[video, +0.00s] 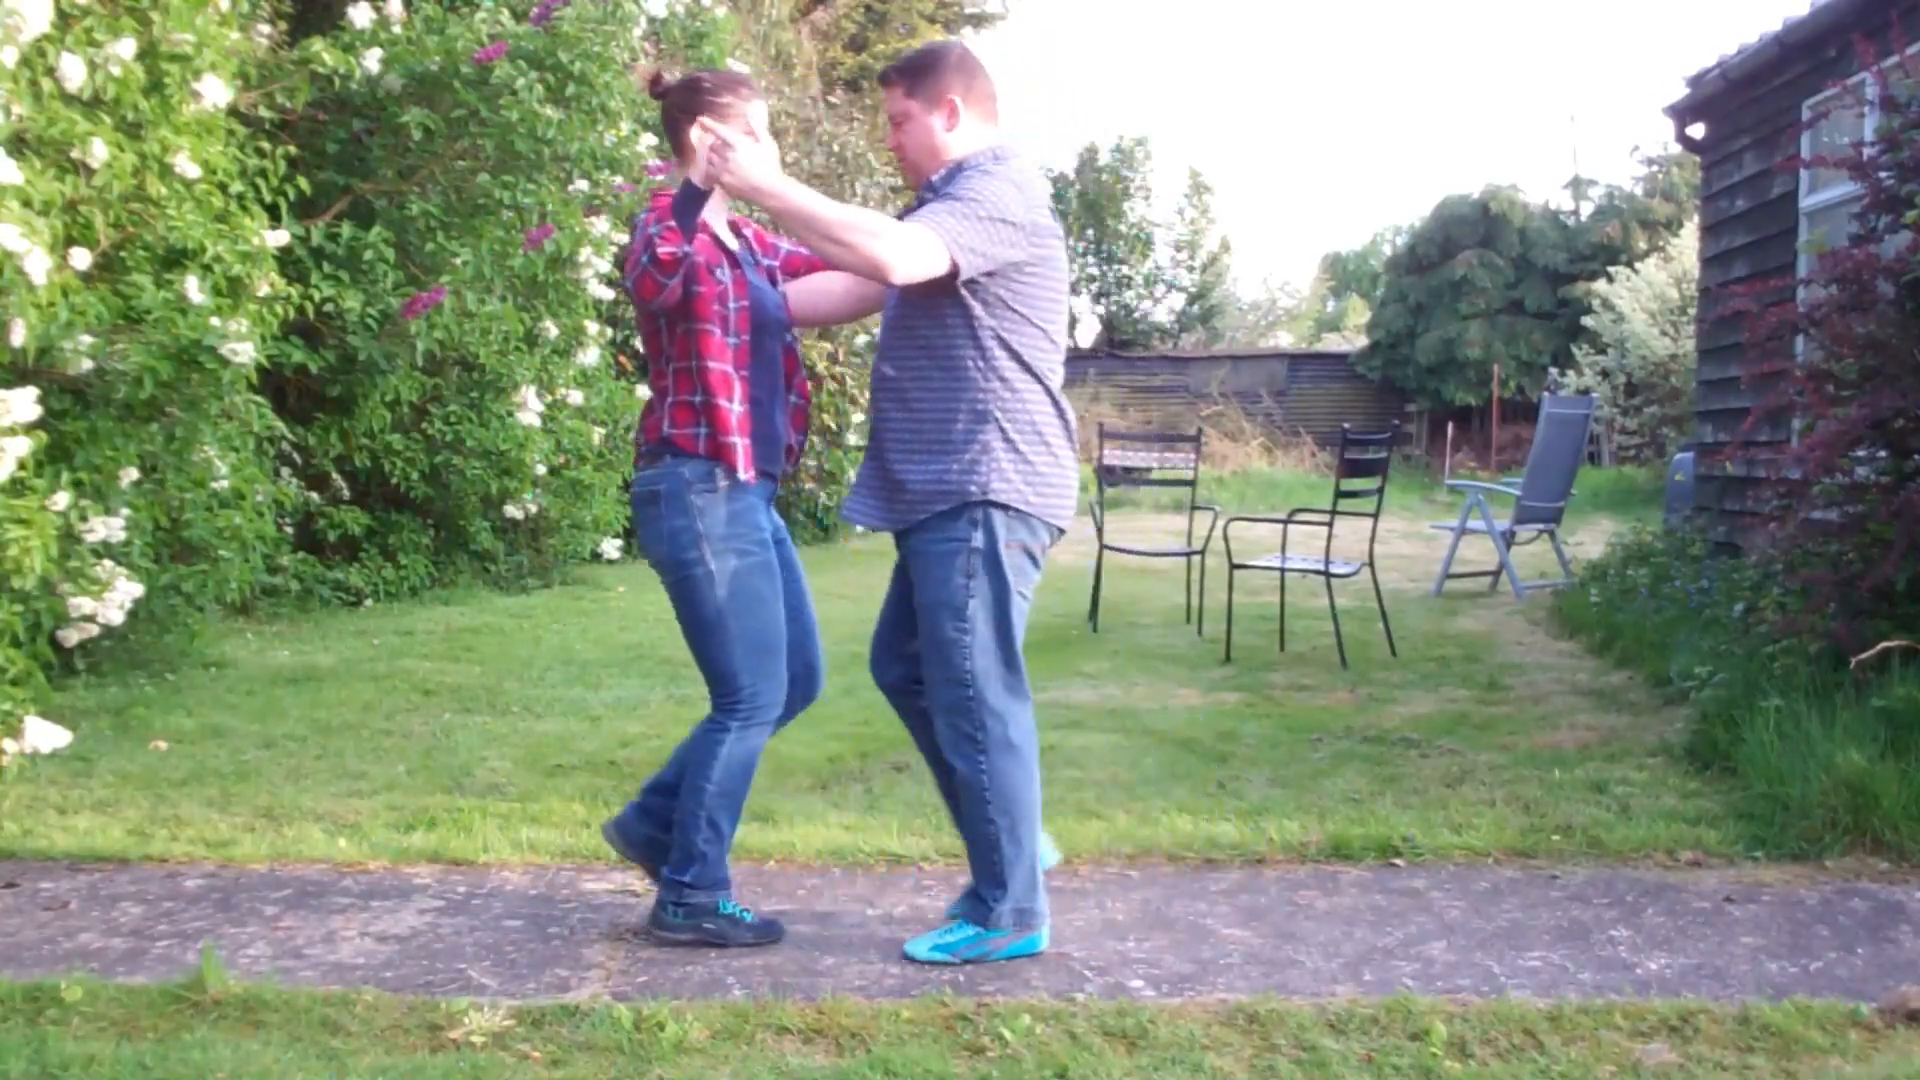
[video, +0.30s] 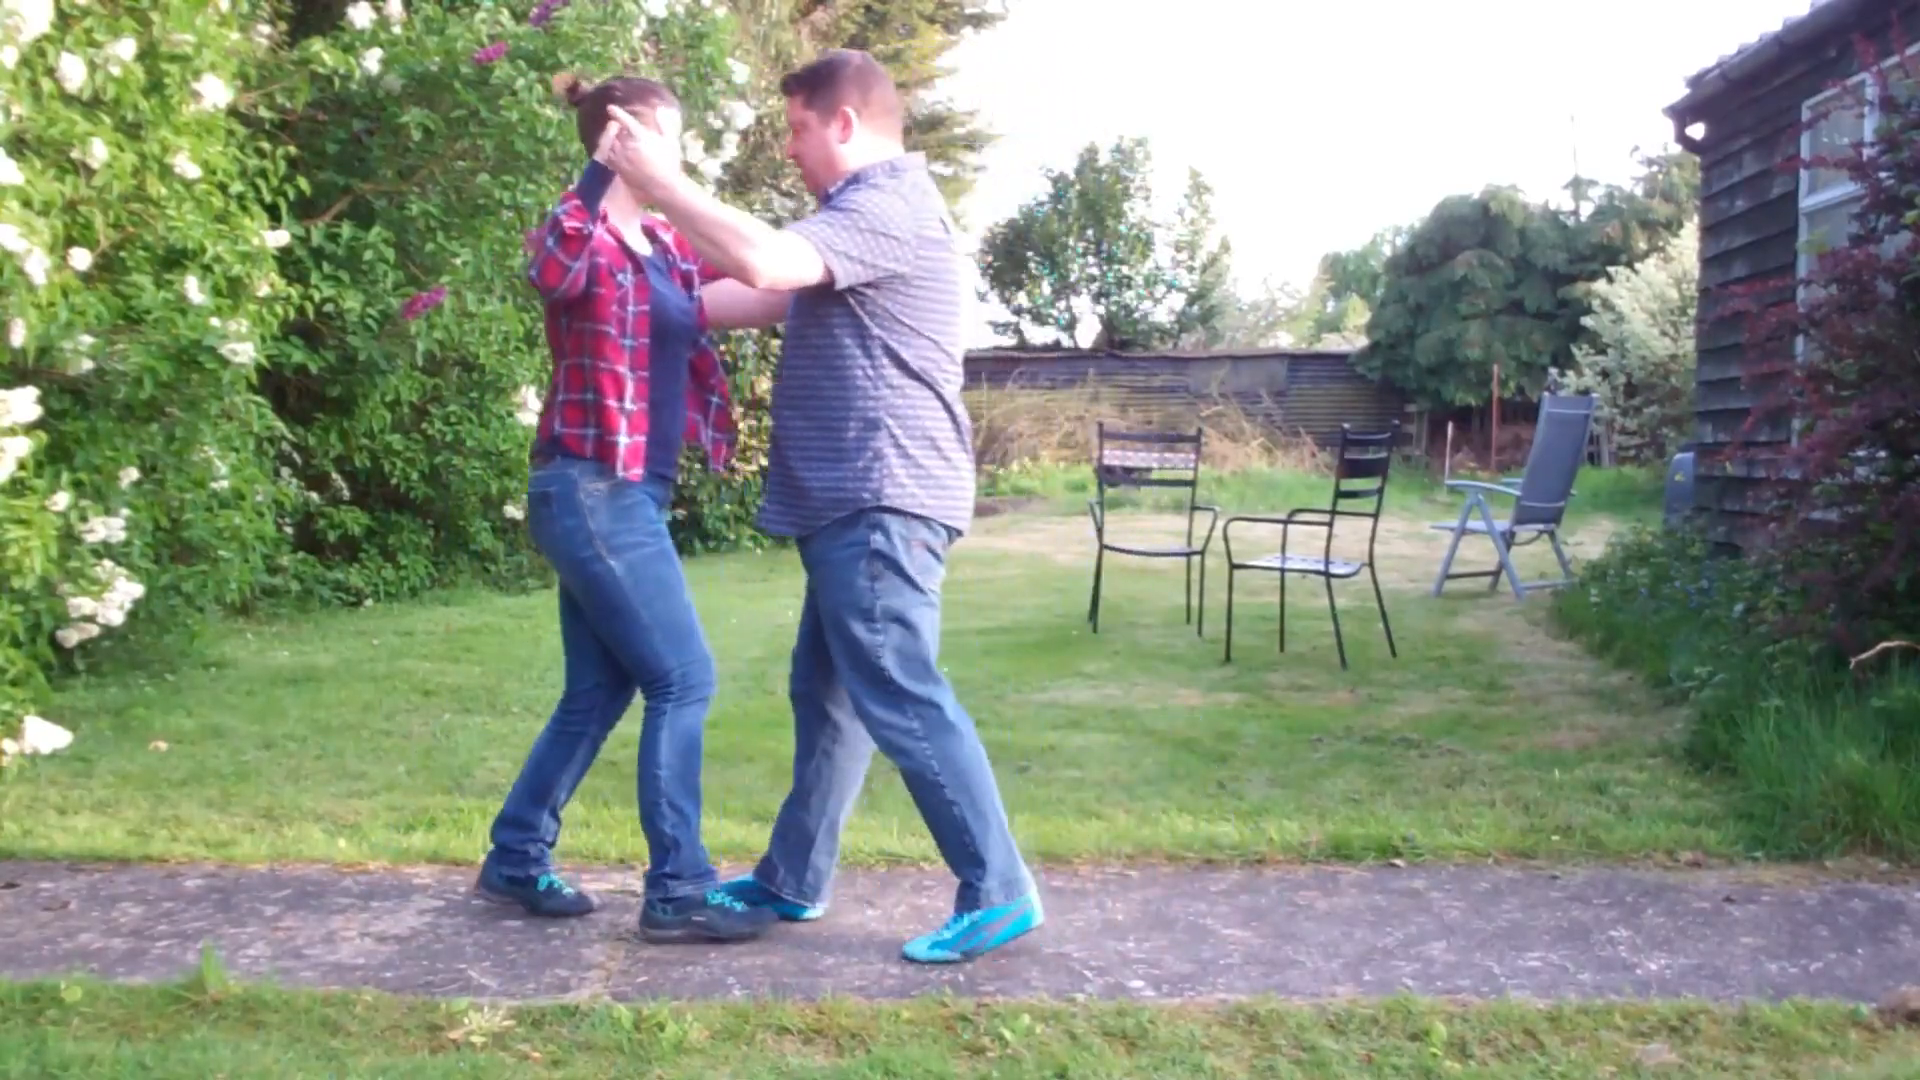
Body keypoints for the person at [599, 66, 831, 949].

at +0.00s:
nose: (768, 149)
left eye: (765, 133)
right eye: (753, 132)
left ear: (725, 139)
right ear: (704, 135)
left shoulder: (752, 241)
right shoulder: (660, 226)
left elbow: (842, 266)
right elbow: (663, 286)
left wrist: (919, 248)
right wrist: (700, 188)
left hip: (747, 488)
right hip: (694, 487)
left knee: (795, 680)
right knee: (750, 695)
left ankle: (653, 820)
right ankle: (692, 899)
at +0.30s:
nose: (682, 156)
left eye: (680, 139)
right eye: (669, 138)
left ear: (649, 139)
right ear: (624, 139)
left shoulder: (665, 246)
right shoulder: (574, 225)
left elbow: (746, 293)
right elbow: (560, 277)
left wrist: (826, 271)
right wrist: (615, 176)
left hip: (627, 490)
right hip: (590, 490)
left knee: (596, 692)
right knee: (683, 679)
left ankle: (515, 860)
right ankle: (679, 888)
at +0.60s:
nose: (592, 175)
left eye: (594, 159)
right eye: (576, 159)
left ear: (589, 170)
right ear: (526, 166)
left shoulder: (585, 260)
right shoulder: (494, 243)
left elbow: (625, 325)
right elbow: (469, 302)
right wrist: (537, 224)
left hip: (570, 508)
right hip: (507, 512)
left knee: (597, 692)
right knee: (564, 705)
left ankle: (513, 864)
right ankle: (412, 831)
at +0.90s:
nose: (518, 167)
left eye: (518, 152)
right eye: (505, 151)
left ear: (485, 158)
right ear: (455, 155)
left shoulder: (500, 249)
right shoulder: (415, 235)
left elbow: (544, 325)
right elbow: (376, 288)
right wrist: (437, 206)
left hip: (482, 504)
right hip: (409, 502)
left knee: (527, 676)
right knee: (387, 701)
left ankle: (509, 861)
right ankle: (279, 858)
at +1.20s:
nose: (481, 173)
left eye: (484, 158)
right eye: (467, 157)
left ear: (465, 165)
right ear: (416, 161)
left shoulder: (466, 258)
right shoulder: (386, 247)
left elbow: (494, 340)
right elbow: (323, 311)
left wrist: (544, 265)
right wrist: (374, 218)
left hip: (448, 501)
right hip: (377, 501)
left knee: (495, 673)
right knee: (364, 700)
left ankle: (423, 847)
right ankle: (273, 863)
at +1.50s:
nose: (499, 168)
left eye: (503, 155)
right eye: (486, 154)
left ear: (492, 166)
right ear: (434, 157)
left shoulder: (500, 251)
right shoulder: (401, 249)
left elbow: (539, 319)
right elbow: (341, 325)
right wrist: (386, 240)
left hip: (494, 494)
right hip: (429, 497)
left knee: (483, 694)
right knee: (477, 695)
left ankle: (416, 855)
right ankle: (332, 826)